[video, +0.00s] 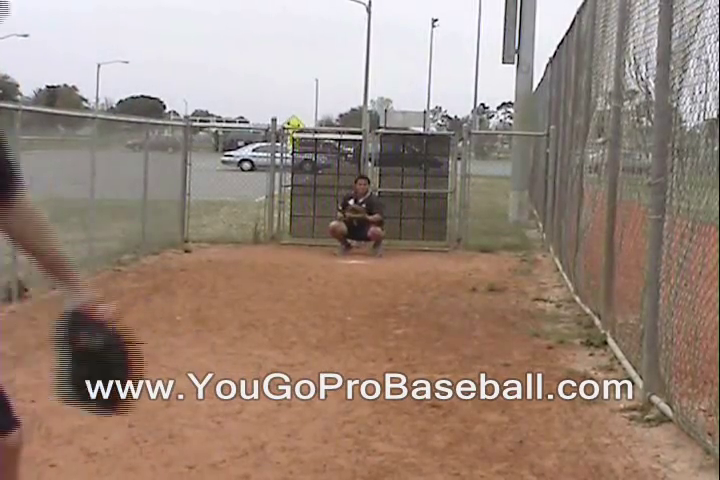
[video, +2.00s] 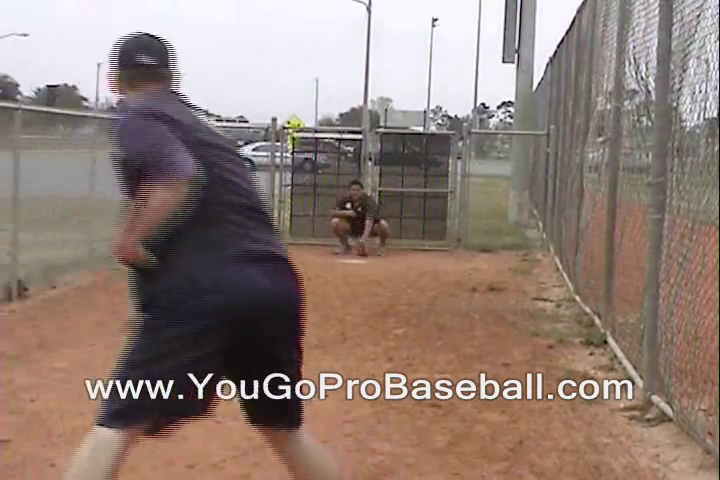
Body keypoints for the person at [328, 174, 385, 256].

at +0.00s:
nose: (362, 187)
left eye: (364, 185)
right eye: (360, 184)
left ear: (368, 186)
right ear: (355, 186)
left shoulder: (373, 200)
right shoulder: (348, 198)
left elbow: (379, 217)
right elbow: (339, 213)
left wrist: (364, 217)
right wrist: (346, 216)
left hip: (365, 227)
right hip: (350, 226)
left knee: (376, 231)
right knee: (334, 227)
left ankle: (376, 245)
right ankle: (346, 245)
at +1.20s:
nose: (361, 187)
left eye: (363, 184)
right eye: (358, 184)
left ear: (367, 186)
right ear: (354, 186)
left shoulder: (373, 199)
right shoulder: (348, 198)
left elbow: (377, 217)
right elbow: (338, 213)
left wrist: (365, 206)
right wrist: (348, 209)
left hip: (366, 228)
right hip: (350, 227)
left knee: (376, 230)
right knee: (334, 225)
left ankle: (377, 246)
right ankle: (346, 245)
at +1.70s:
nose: (357, 192)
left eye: (359, 189)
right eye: (355, 189)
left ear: (363, 191)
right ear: (351, 190)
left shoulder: (369, 199)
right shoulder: (346, 200)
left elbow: (374, 209)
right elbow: (333, 212)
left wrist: (361, 216)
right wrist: (345, 217)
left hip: (365, 228)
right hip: (349, 228)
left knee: (379, 227)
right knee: (334, 225)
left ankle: (378, 246)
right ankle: (346, 245)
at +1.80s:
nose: (356, 193)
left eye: (358, 190)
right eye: (354, 190)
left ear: (363, 191)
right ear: (351, 191)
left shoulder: (368, 200)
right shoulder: (346, 201)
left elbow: (371, 210)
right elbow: (333, 212)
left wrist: (367, 222)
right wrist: (349, 215)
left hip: (366, 228)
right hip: (351, 228)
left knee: (380, 226)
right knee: (335, 224)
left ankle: (379, 246)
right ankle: (346, 245)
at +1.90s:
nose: (356, 193)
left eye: (358, 190)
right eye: (354, 190)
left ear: (362, 192)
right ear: (350, 192)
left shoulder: (369, 201)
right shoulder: (346, 201)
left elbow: (371, 215)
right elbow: (334, 212)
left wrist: (367, 230)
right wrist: (348, 215)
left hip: (366, 228)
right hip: (352, 228)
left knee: (381, 226)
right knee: (335, 224)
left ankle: (380, 246)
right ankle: (346, 245)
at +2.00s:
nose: (355, 192)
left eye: (358, 190)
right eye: (353, 190)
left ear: (362, 191)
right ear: (350, 191)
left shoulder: (369, 202)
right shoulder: (346, 201)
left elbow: (369, 222)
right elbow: (333, 212)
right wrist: (347, 213)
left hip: (366, 227)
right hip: (352, 227)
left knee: (382, 225)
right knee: (336, 223)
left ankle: (382, 246)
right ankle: (346, 246)